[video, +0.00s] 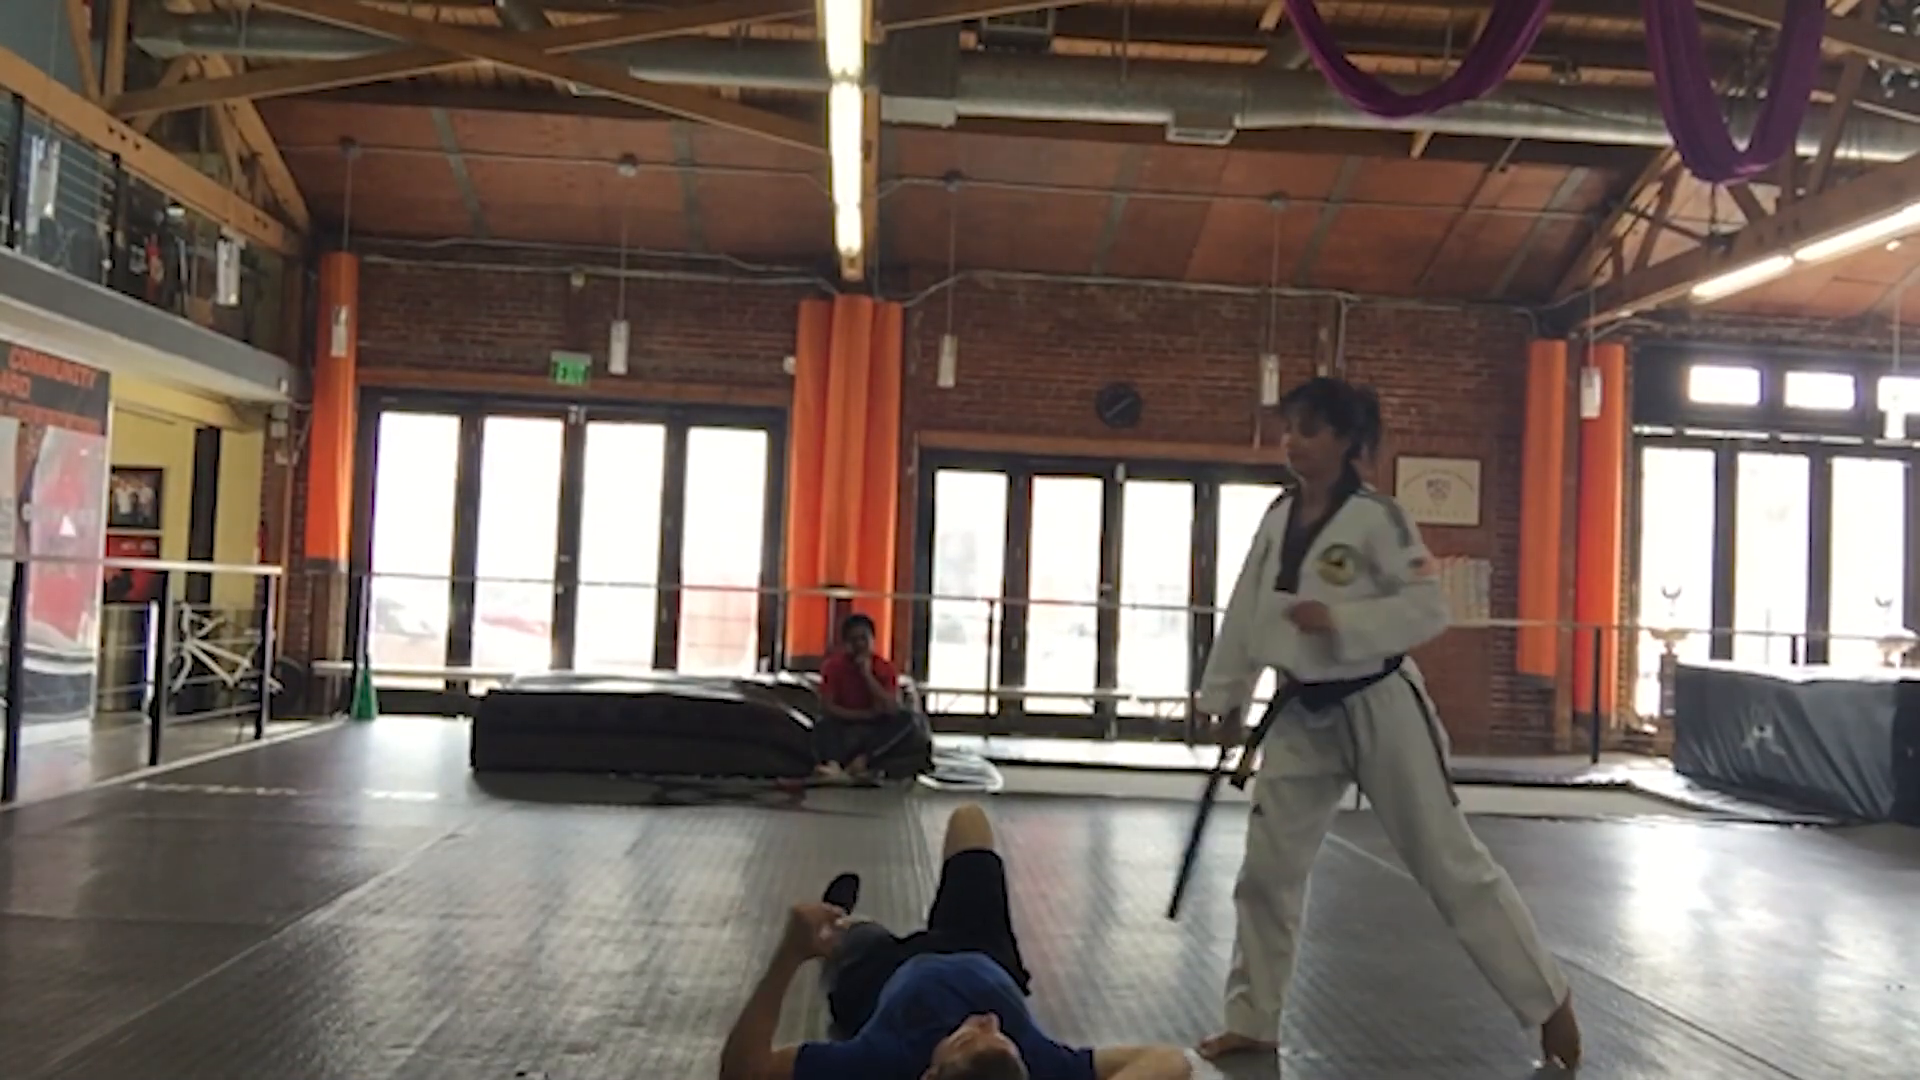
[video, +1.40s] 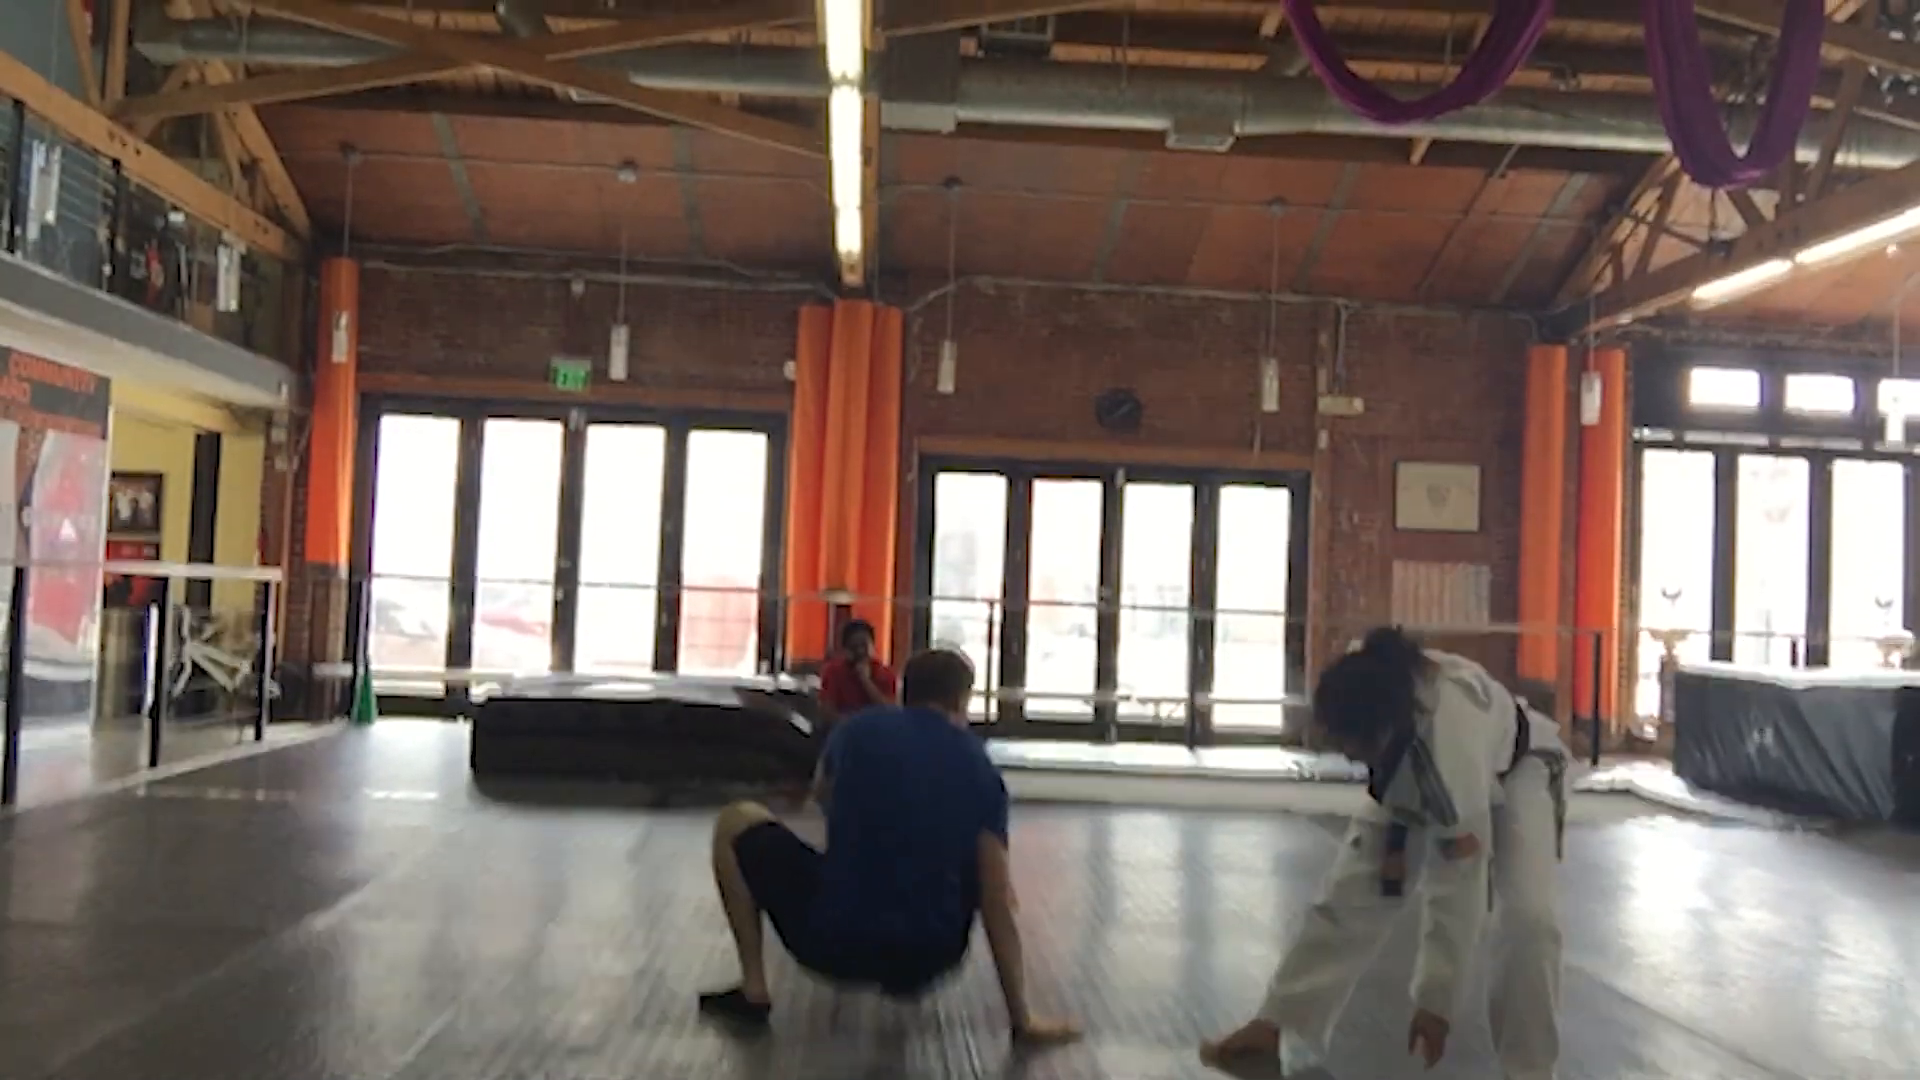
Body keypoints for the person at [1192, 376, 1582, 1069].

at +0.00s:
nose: (1293, 444)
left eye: (1310, 433)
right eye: (1289, 431)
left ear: (1351, 445)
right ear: (1284, 438)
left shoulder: (1377, 517)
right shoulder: (1279, 518)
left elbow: (1428, 607)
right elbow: (1244, 611)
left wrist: (1339, 617)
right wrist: (1220, 695)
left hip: (1382, 703)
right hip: (1302, 711)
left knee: (1445, 863)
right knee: (1267, 870)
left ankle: (1548, 1002)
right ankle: (1252, 1027)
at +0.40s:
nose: (1375, 454)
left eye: (1392, 442)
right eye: (1367, 440)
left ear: (1425, 452)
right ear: (1356, 447)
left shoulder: (1457, 532)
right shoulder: (1334, 529)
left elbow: (1501, 619)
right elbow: (1303, 623)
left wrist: (1449, 632)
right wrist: (1284, 667)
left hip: (1439, 719)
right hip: (1345, 719)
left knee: (1486, 876)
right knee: (1296, 875)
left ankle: (1538, 1021)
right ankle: (1257, 1022)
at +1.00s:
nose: (1356, 505)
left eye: (1371, 491)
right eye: (1346, 490)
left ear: (1398, 483)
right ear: (1331, 482)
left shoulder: (1442, 558)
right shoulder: (1307, 550)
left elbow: (1479, 656)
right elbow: (1277, 636)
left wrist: (1445, 726)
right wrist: (1277, 709)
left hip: (1427, 728)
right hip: (1334, 727)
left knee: (1475, 878)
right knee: (1281, 876)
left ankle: (1540, 1021)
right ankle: (1257, 1022)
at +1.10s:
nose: (1354, 540)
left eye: (1367, 527)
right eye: (1343, 526)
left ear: (1396, 514)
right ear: (1329, 514)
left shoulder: (1446, 583)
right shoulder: (1313, 563)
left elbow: (1469, 700)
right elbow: (1292, 642)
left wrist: (1442, 785)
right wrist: (1294, 715)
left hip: (1433, 736)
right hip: (1345, 733)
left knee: (1488, 887)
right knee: (1294, 868)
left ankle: (1534, 1056)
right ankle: (1257, 1021)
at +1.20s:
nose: (1359, 603)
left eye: (1373, 591)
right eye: (1348, 589)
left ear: (1399, 577)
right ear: (1332, 576)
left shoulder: (1444, 628)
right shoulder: (1324, 604)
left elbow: (1468, 748)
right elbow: (1328, 699)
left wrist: (1439, 857)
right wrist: (1337, 789)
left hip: (1460, 751)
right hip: (1374, 748)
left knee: (1499, 897)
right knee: (1308, 876)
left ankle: (1525, 1063)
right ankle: (1267, 1023)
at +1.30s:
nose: (1351, 678)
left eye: (1362, 665)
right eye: (1342, 665)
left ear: (1393, 652)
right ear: (1334, 650)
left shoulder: (1452, 684)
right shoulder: (1355, 662)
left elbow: (1466, 819)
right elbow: (1383, 744)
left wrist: (1439, 934)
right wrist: (1370, 816)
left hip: (1493, 756)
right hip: (1412, 753)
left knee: (1516, 903)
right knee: (1350, 878)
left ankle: (1530, 1066)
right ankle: (1269, 1022)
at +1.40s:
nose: (1348, 755)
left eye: (1354, 746)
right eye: (1341, 745)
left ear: (1388, 726)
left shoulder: (1452, 731)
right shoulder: (1374, 691)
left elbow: (1457, 886)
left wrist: (1435, 1003)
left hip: (1515, 767)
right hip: (1413, 770)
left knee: (1531, 916)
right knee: (1347, 898)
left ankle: (1527, 1067)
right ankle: (1269, 1025)